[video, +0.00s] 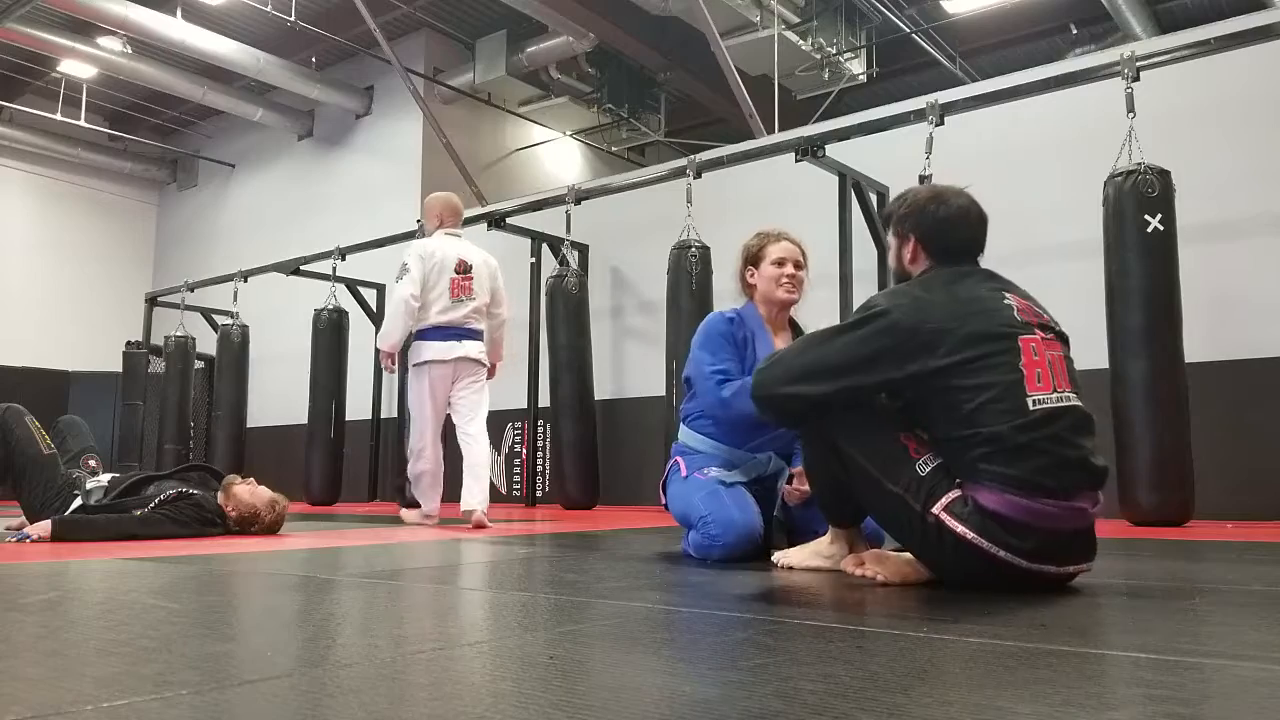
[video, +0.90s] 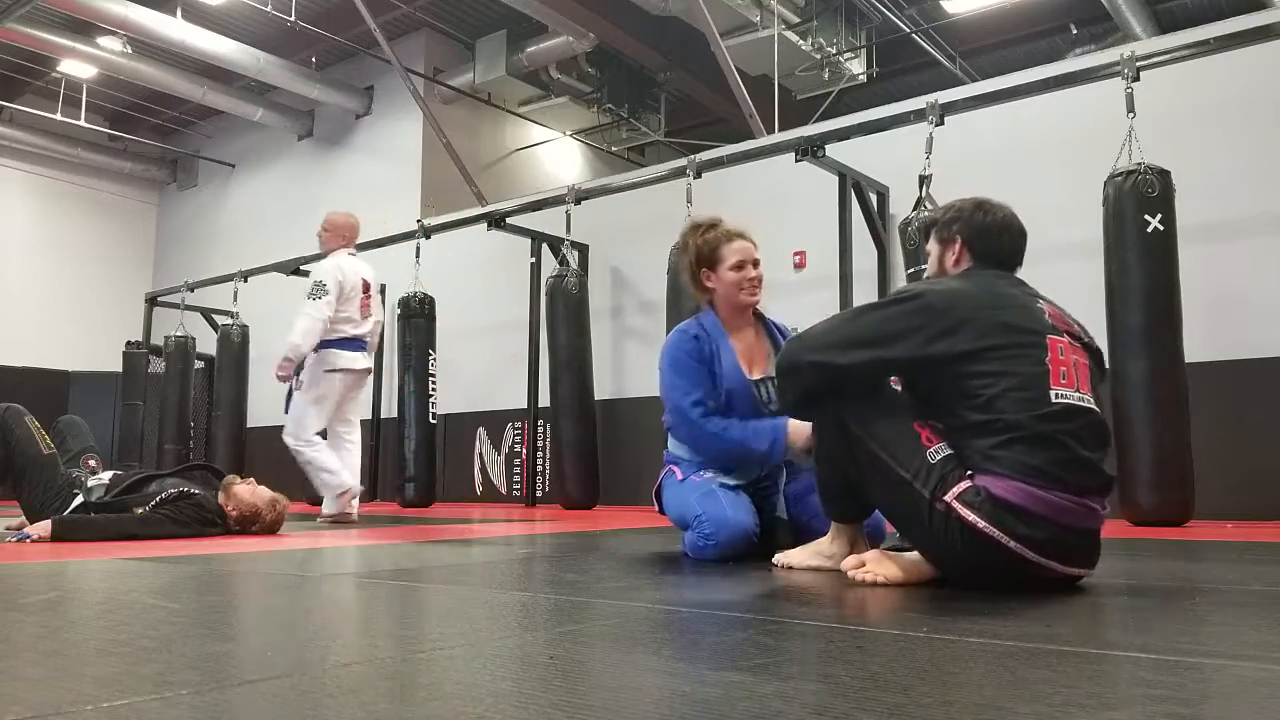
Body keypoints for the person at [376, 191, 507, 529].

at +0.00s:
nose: (424, 223)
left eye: (425, 218)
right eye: (425, 218)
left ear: (436, 218)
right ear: (459, 220)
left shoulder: (421, 250)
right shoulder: (485, 258)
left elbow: (407, 296)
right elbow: (498, 314)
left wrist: (388, 343)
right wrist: (494, 355)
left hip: (429, 350)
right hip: (473, 352)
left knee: (425, 430)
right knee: (474, 430)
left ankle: (426, 509)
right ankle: (476, 505)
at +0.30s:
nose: (386, 230)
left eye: (389, 225)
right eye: (387, 225)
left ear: (402, 225)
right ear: (422, 225)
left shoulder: (392, 259)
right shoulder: (452, 261)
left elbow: (378, 312)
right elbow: (466, 314)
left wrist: (358, 353)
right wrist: (457, 353)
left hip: (401, 352)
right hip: (440, 353)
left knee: (406, 430)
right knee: (440, 429)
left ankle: (420, 510)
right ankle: (459, 480)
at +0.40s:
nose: (375, 229)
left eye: (379, 224)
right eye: (377, 223)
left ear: (395, 227)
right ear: (410, 227)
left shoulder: (384, 261)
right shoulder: (439, 262)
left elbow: (364, 313)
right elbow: (454, 317)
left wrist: (345, 348)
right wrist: (449, 357)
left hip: (394, 355)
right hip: (430, 355)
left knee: (402, 431)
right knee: (415, 429)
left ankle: (423, 507)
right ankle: (423, 499)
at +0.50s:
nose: (363, 232)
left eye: (368, 227)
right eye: (365, 227)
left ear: (386, 232)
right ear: (397, 233)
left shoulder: (370, 263)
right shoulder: (426, 267)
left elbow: (350, 313)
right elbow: (441, 319)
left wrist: (331, 342)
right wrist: (440, 358)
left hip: (384, 357)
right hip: (419, 358)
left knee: (398, 434)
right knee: (389, 433)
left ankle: (422, 509)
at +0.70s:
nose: (343, 235)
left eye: (348, 231)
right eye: (344, 229)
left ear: (367, 235)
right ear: (374, 236)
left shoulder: (347, 266)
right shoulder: (397, 272)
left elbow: (327, 317)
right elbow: (409, 322)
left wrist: (303, 350)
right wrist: (412, 362)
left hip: (355, 358)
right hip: (386, 360)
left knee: (366, 433)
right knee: (355, 434)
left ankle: (412, 495)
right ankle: (342, 506)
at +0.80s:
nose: (331, 233)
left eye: (336, 229)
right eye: (333, 228)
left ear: (354, 235)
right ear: (360, 237)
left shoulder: (338, 267)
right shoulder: (384, 271)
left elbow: (320, 319)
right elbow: (393, 323)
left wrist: (290, 357)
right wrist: (389, 360)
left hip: (342, 360)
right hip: (373, 361)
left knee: (330, 435)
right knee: (353, 434)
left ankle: (390, 487)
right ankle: (341, 508)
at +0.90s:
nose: (319, 233)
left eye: (325, 230)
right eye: (321, 228)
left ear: (342, 236)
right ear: (347, 239)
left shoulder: (329, 267)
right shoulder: (367, 269)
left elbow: (315, 316)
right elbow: (375, 321)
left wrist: (291, 357)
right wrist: (364, 354)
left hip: (330, 359)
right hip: (360, 360)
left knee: (298, 432)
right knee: (345, 428)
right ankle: (346, 504)